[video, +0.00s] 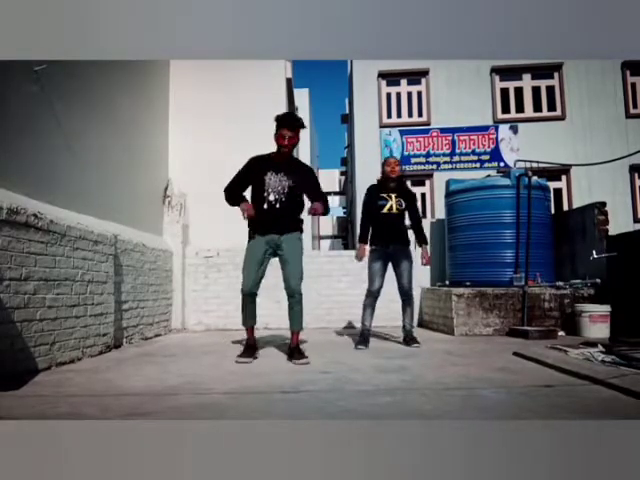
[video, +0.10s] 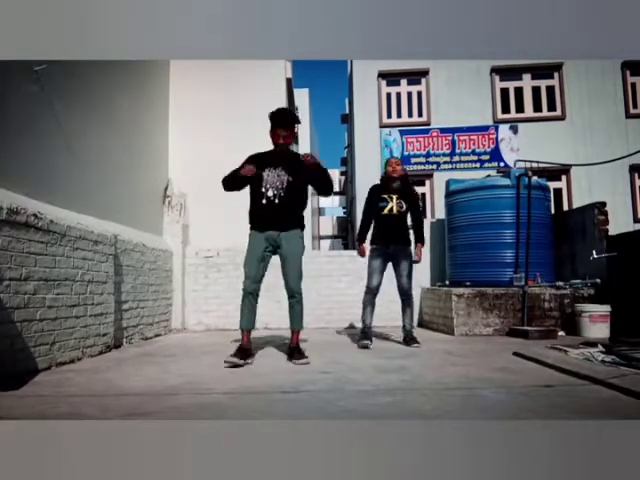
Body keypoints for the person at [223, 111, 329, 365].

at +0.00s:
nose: (285, 141)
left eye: (290, 137)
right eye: (281, 136)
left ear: (297, 139)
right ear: (275, 136)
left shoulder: (304, 171)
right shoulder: (257, 164)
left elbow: (322, 203)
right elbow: (231, 191)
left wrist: (318, 207)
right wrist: (243, 203)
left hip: (290, 234)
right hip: (260, 234)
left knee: (294, 288)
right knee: (248, 288)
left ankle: (295, 344)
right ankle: (250, 342)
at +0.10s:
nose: (282, 139)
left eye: (287, 134)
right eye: (277, 134)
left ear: (295, 134)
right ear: (271, 134)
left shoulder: (302, 162)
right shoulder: (258, 160)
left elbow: (327, 190)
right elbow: (227, 184)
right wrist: (242, 175)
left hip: (291, 232)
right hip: (260, 232)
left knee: (294, 288)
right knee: (250, 287)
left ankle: (295, 343)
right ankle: (245, 344)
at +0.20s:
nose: (275, 139)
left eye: (280, 134)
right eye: (271, 134)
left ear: (288, 133)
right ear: (265, 133)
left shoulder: (299, 158)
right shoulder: (256, 161)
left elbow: (325, 176)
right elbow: (227, 181)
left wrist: (307, 144)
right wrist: (239, 153)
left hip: (291, 231)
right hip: (261, 231)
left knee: (295, 287)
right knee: (246, 284)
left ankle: (295, 344)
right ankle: (242, 345)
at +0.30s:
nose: (271, 139)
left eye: (275, 134)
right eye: (266, 134)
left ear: (282, 133)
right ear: (259, 134)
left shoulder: (294, 156)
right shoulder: (251, 162)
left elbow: (318, 171)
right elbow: (225, 181)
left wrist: (298, 141)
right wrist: (237, 151)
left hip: (289, 231)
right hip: (258, 231)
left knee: (294, 287)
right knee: (242, 283)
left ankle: (295, 344)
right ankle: (241, 343)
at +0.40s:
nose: (265, 139)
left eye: (269, 134)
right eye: (260, 134)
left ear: (276, 133)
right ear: (252, 134)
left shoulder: (287, 156)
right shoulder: (245, 161)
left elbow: (311, 166)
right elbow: (220, 178)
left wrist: (288, 139)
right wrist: (236, 148)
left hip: (286, 229)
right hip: (254, 230)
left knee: (292, 286)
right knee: (244, 285)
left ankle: (295, 343)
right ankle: (242, 344)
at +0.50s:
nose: (256, 140)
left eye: (260, 135)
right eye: (251, 136)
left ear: (267, 134)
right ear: (243, 134)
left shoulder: (277, 155)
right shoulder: (236, 159)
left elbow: (301, 159)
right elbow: (213, 166)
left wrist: (276, 132)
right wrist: (233, 136)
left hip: (281, 229)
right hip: (248, 231)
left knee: (295, 283)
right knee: (239, 286)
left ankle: (295, 340)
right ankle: (241, 344)